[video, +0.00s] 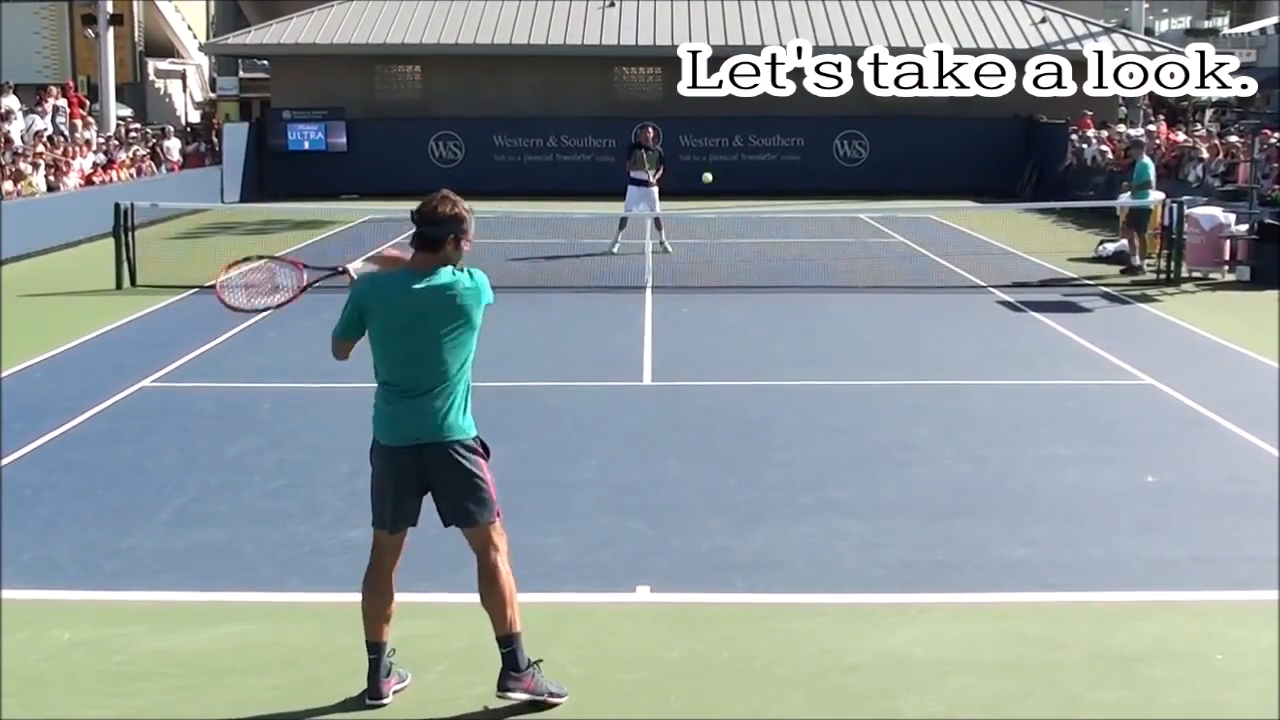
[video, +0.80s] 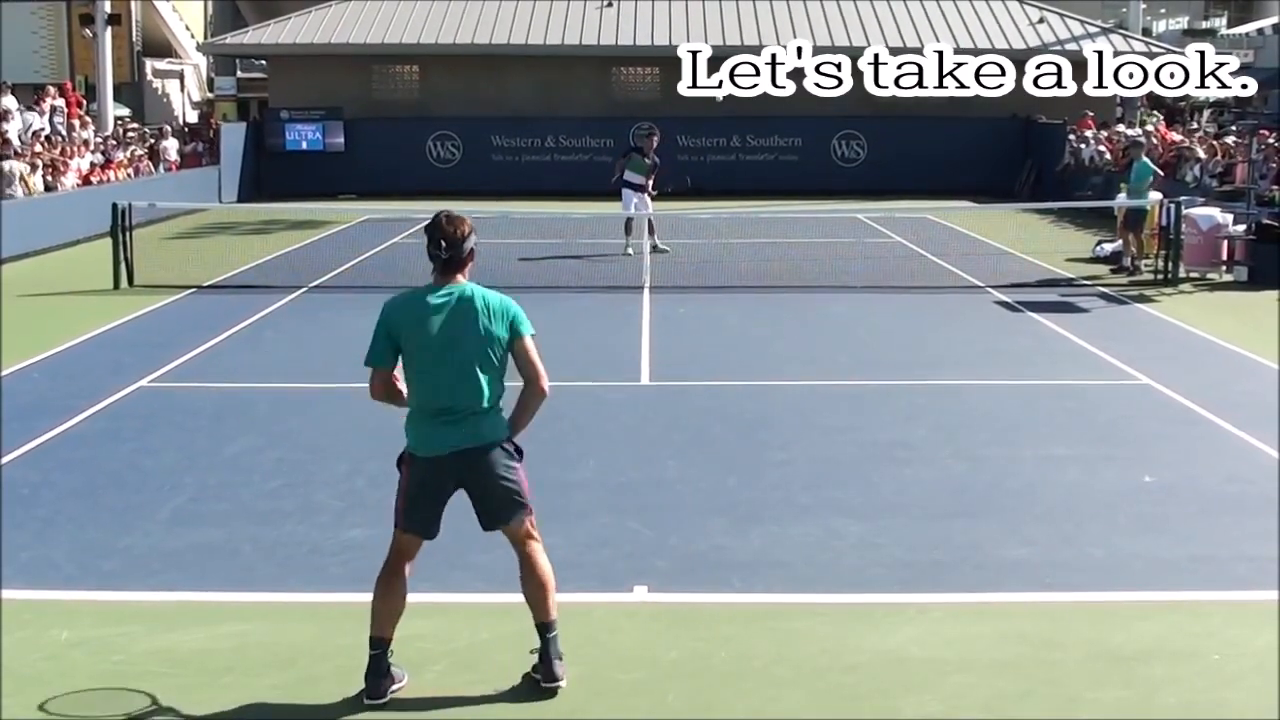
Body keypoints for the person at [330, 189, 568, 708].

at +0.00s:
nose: (470, 247)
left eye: (468, 238)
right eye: (468, 239)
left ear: (418, 238)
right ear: (455, 243)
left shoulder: (371, 286)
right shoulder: (470, 287)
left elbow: (341, 348)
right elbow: (436, 274)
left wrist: (361, 288)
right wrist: (395, 260)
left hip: (392, 444)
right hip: (453, 441)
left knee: (383, 554)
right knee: (491, 547)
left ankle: (377, 676)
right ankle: (516, 670)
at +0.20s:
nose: (438, 234)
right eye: (437, 228)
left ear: (388, 232)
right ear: (432, 234)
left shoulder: (377, 294)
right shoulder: (448, 272)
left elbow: (350, 376)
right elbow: (381, 283)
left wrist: (293, 339)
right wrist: (316, 282)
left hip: (394, 443)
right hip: (455, 432)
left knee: (382, 558)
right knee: (486, 545)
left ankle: (377, 675)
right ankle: (513, 663)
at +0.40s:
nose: (417, 236)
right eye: (417, 229)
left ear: (373, 238)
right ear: (416, 236)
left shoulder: (382, 292)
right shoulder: (435, 278)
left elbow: (404, 368)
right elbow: (382, 341)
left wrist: (340, 368)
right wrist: (327, 359)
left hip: (402, 443)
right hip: (456, 430)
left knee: (383, 553)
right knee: (489, 535)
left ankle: (378, 672)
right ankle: (530, 641)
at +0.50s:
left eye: (381, 233)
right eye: (418, 230)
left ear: (378, 238)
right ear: (422, 237)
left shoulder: (385, 292)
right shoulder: (445, 282)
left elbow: (401, 371)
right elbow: (432, 358)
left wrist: (346, 388)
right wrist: (360, 390)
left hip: (408, 442)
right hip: (462, 429)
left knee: (386, 554)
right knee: (495, 531)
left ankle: (378, 672)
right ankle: (542, 638)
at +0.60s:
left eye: (392, 238)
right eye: (426, 235)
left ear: (390, 242)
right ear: (434, 241)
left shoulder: (386, 296)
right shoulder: (463, 289)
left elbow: (388, 379)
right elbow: (477, 369)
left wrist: (350, 403)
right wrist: (411, 393)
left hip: (416, 446)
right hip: (471, 437)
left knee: (387, 553)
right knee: (499, 537)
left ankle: (379, 671)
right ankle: (544, 644)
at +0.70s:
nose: (445, 257)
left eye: (416, 251)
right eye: (447, 250)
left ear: (406, 257)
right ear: (449, 257)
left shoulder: (388, 313)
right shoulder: (483, 307)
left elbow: (373, 397)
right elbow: (517, 381)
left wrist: (384, 417)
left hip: (420, 460)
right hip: (480, 454)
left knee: (389, 555)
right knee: (509, 549)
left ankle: (378, 670)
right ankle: (551, 656)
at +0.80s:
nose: (473, 256)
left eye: (459, 248)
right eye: (474, 250)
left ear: (429, 255)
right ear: (471, 255)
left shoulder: (399, 310)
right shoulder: (501, 307)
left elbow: (380, 388)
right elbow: (537, 385)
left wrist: (418, 401)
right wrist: (506, 433)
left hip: (426, 457)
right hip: (489, 452)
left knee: (400, 555)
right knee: (528, 542)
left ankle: (377, 670)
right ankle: (551, 657)